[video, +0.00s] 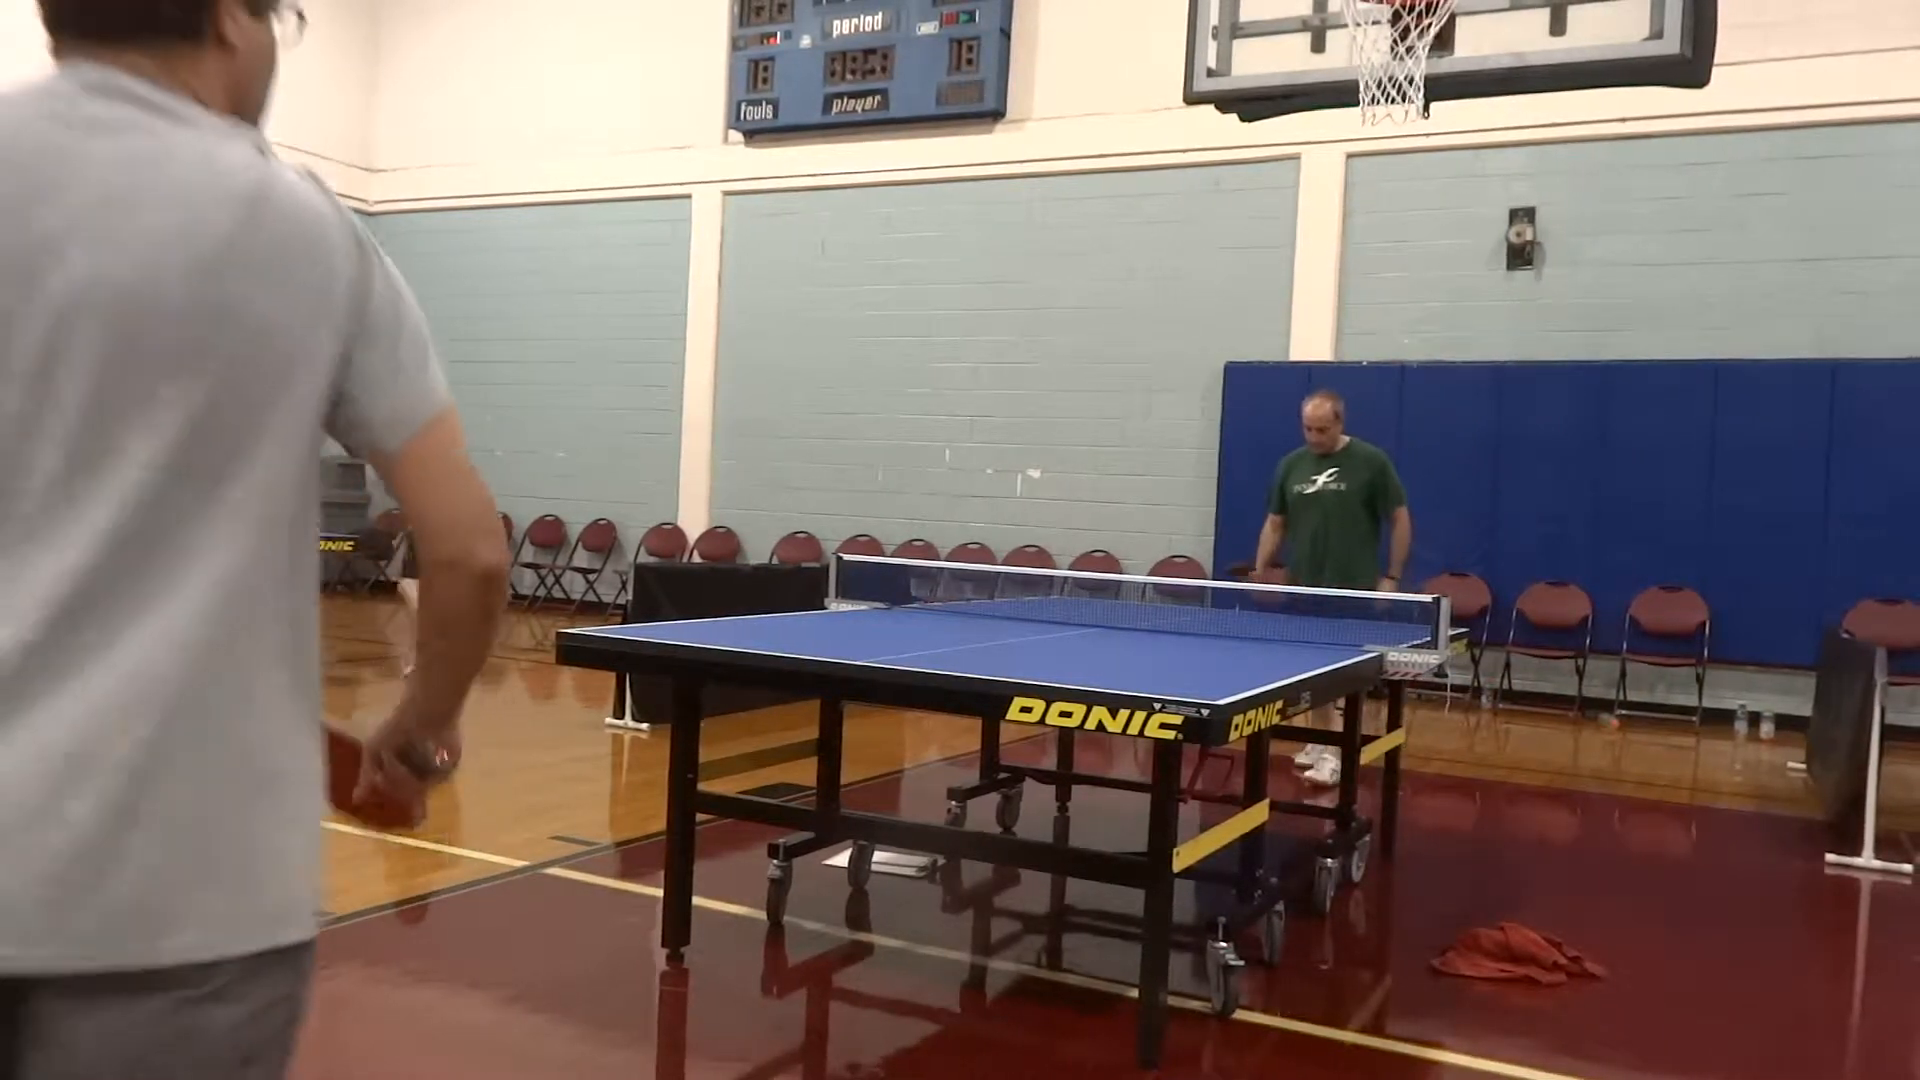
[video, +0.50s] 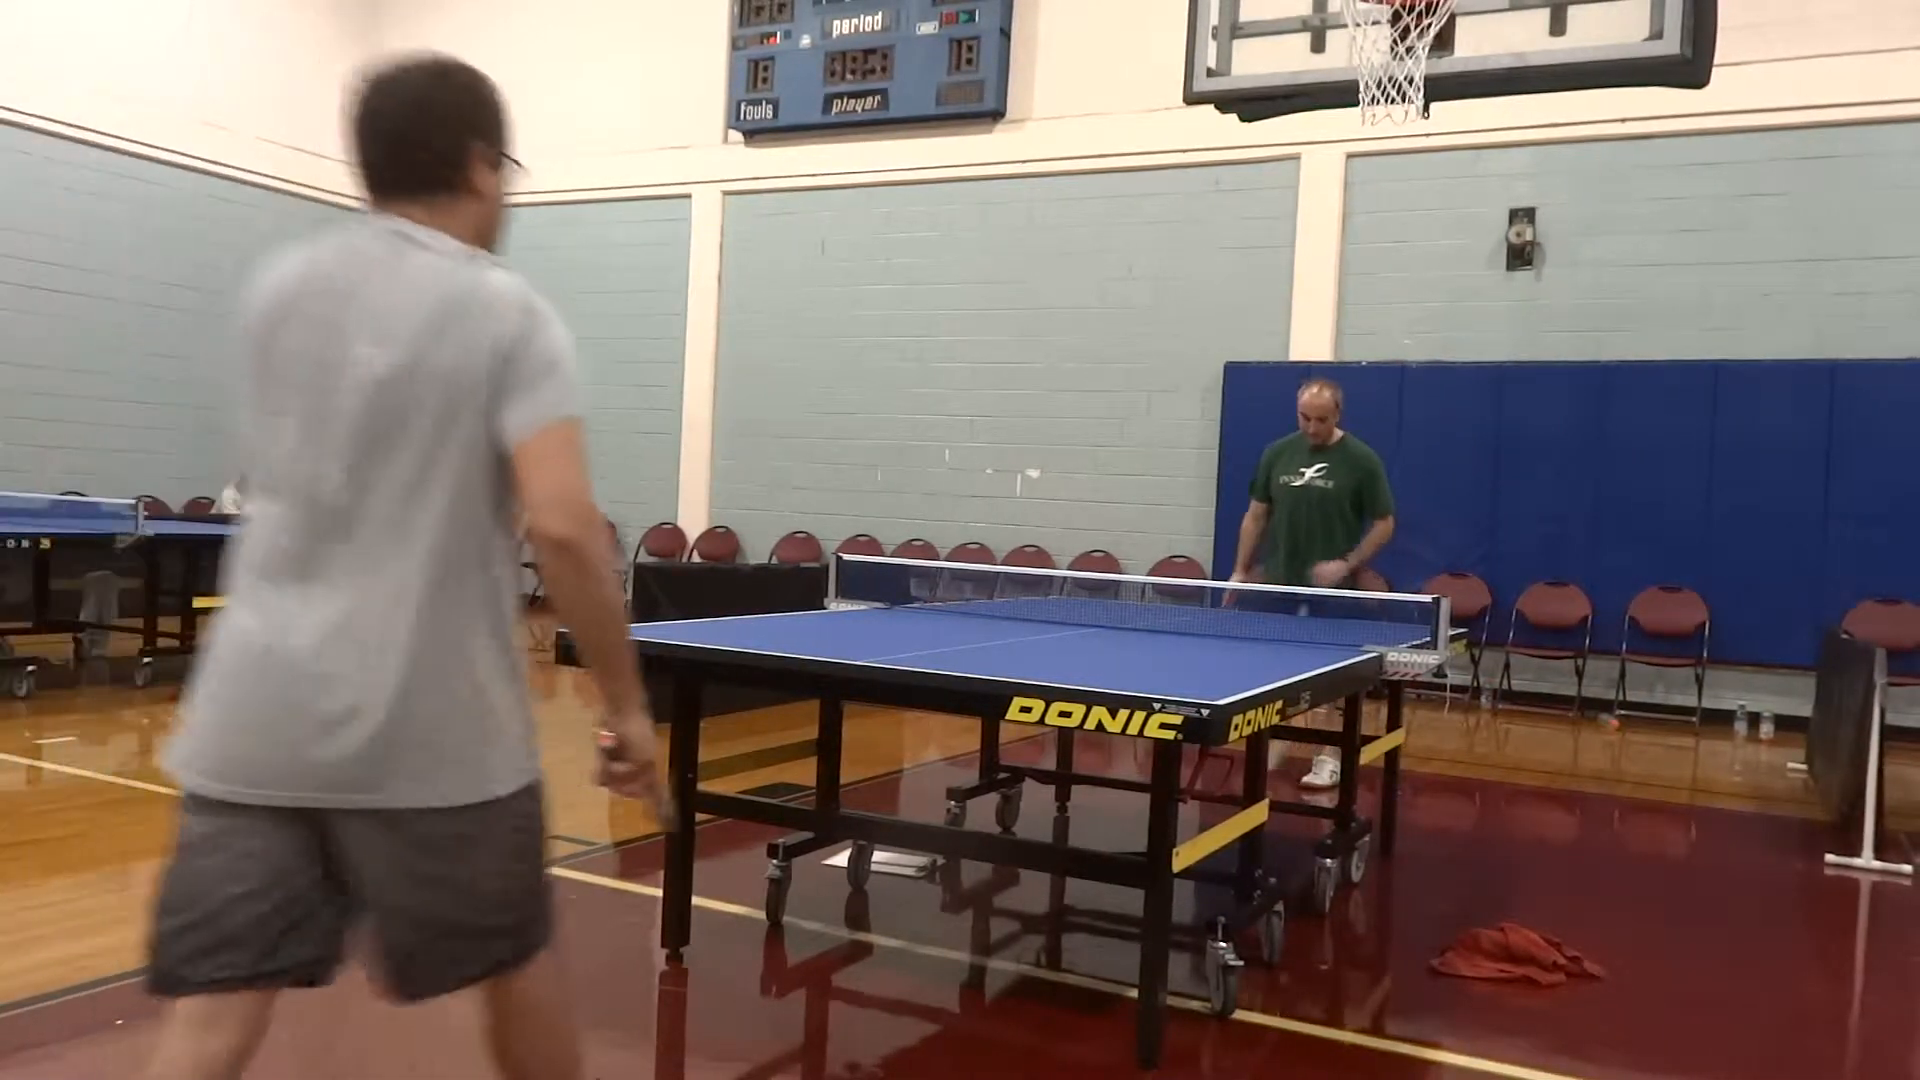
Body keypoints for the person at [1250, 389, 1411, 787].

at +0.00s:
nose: (1312, 437)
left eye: (1320, 430)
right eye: (1307, 429)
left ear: (1340, 425)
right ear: (1301, 425)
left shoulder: (1372, 462)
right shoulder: (1291, 465)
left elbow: (1399, 518)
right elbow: (1275, 523)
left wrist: (1392, 576)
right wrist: (1259, 570)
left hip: (1356, 592)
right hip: (1306, 589)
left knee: (1346, 676)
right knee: (1314, 673)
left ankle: (1338, 754)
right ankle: (1318, 743)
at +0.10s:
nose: (1314, 433)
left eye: (1322, 426)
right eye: (1309, 425)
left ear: (1342, 422)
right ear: (1303, 420)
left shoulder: (1371, 460)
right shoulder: (1289, 460)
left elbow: (1396, 518)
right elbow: (1274, 517)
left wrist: (1387, 576)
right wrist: (1261, 566)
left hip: (1352, 589)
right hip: (1301, 585)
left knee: (1343, 673)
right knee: (1310, 669)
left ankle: (1336, 752)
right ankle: (1318, 739)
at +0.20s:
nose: (1317, 430)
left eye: (1326, 423)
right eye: (1312, 421)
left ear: (1345, 418)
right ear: (1306, 416)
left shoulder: (1371, 458)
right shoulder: (1289, 456)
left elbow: (1394, 519)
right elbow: (1271, 517)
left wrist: (1382, 577)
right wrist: (1261, 569)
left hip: (1348, 592)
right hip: (1298, 588)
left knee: (1341, 677)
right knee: (1307, 671)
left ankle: (1335, 754)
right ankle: (1315, 740)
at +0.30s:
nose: (1317, 429)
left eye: (1326, 422)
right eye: (1312, 420)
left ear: (1345, 418)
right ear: (1306, 416)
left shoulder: (1370, 459)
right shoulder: (1288, 457)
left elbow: (1394, 523)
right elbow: (1269, 518)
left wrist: (1375, 577)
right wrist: (1256, 574)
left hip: (1345, 591)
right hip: (1294, 588)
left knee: (1341, 675)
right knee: (1305, 669)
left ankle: (1334, 753)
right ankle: (1314, 737)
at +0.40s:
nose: (1315, 428)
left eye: (1324, 422)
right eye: (1310, 420)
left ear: (1343, 418)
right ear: (1303, 414)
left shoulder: (1368, 460)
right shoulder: (1283, 456)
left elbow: (1391, 525)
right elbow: (1264, 516)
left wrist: (1365, 571)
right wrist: (1249, 573)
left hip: (1338, 591)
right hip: (1287, 585)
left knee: (1337, 675)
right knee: (1291, 667)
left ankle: (1331, 752)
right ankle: (1299, 734)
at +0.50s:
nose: (1309, 426)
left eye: (1318, 420)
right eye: (1304, 417)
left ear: (1337, 418)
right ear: (1297, 412)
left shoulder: (1362, 461)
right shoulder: (1277, 454)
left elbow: (1384, 525)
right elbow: (1256, 514)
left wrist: (1346, 564)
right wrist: (1240, 570)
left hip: (1333, 591)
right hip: (1280, 587)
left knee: (1333, 676)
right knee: (1277, 667)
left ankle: (1329, 754)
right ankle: (1276, 739)